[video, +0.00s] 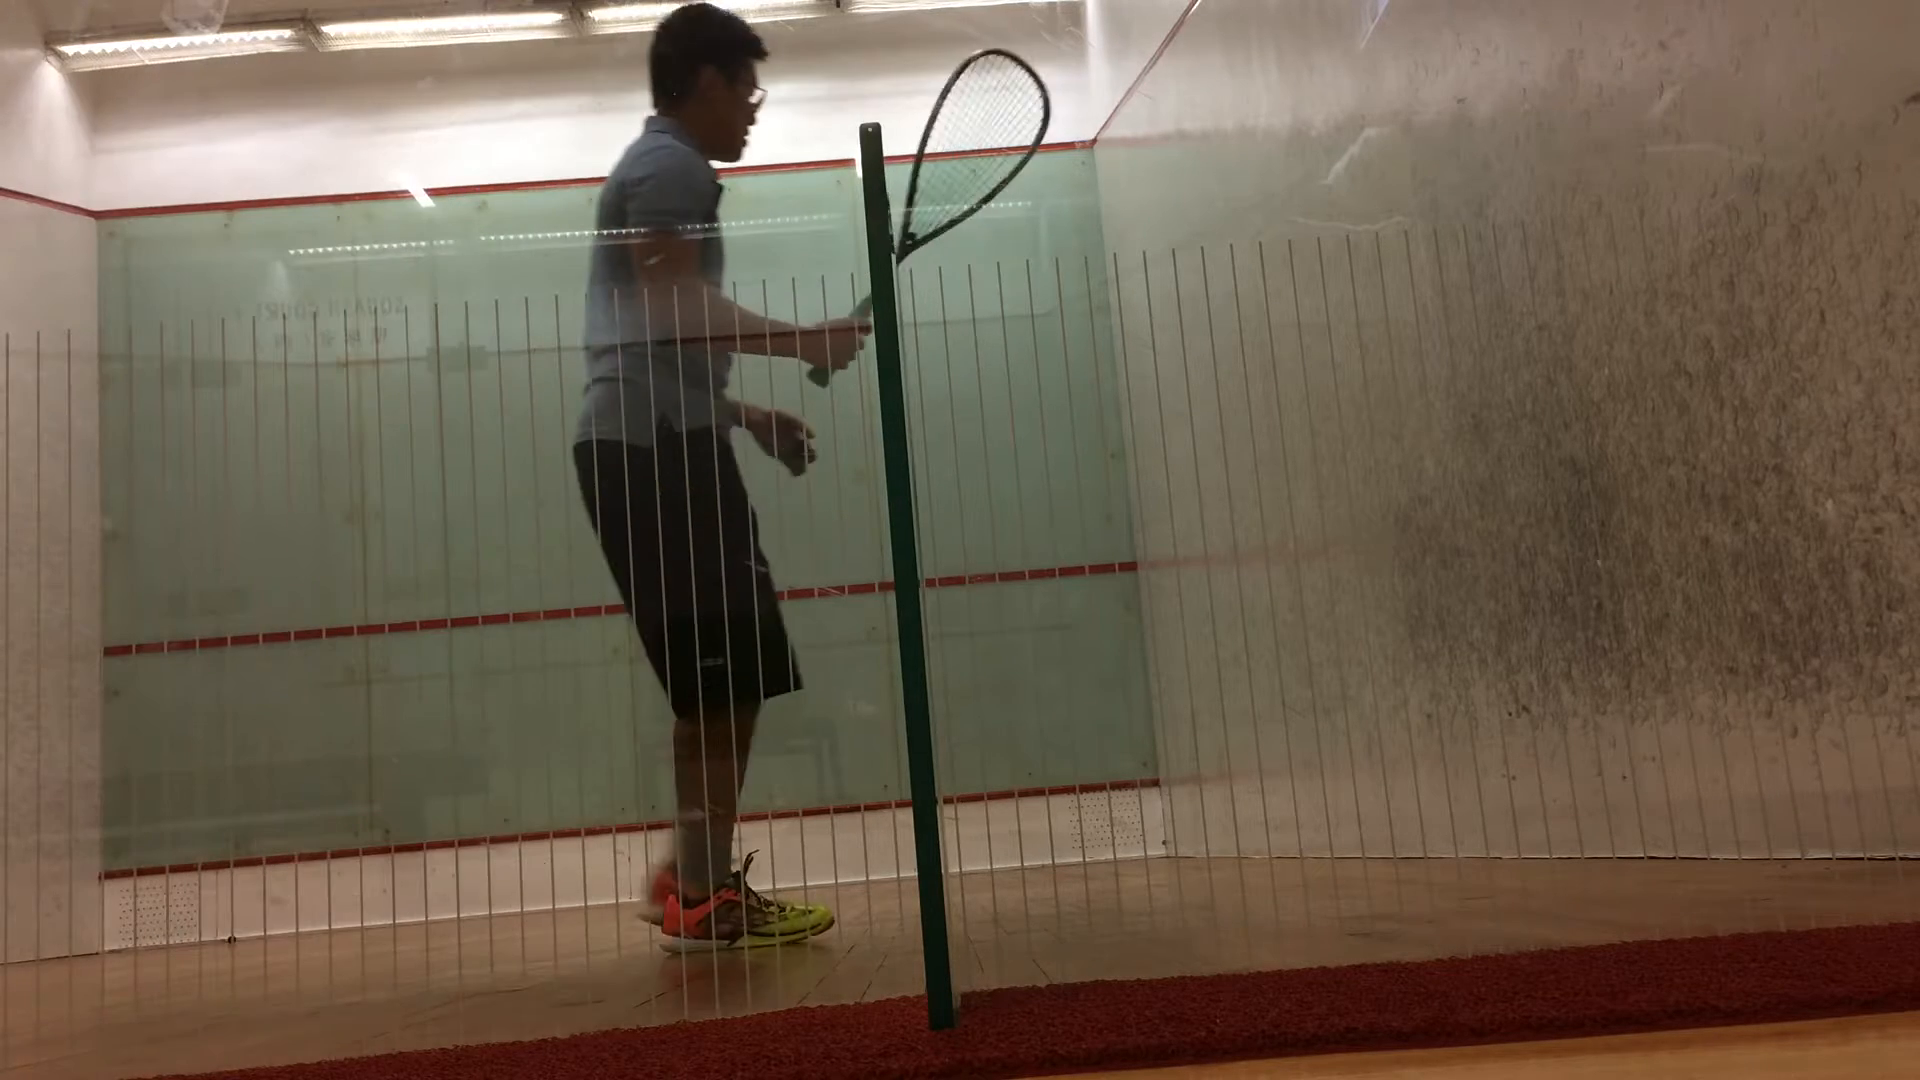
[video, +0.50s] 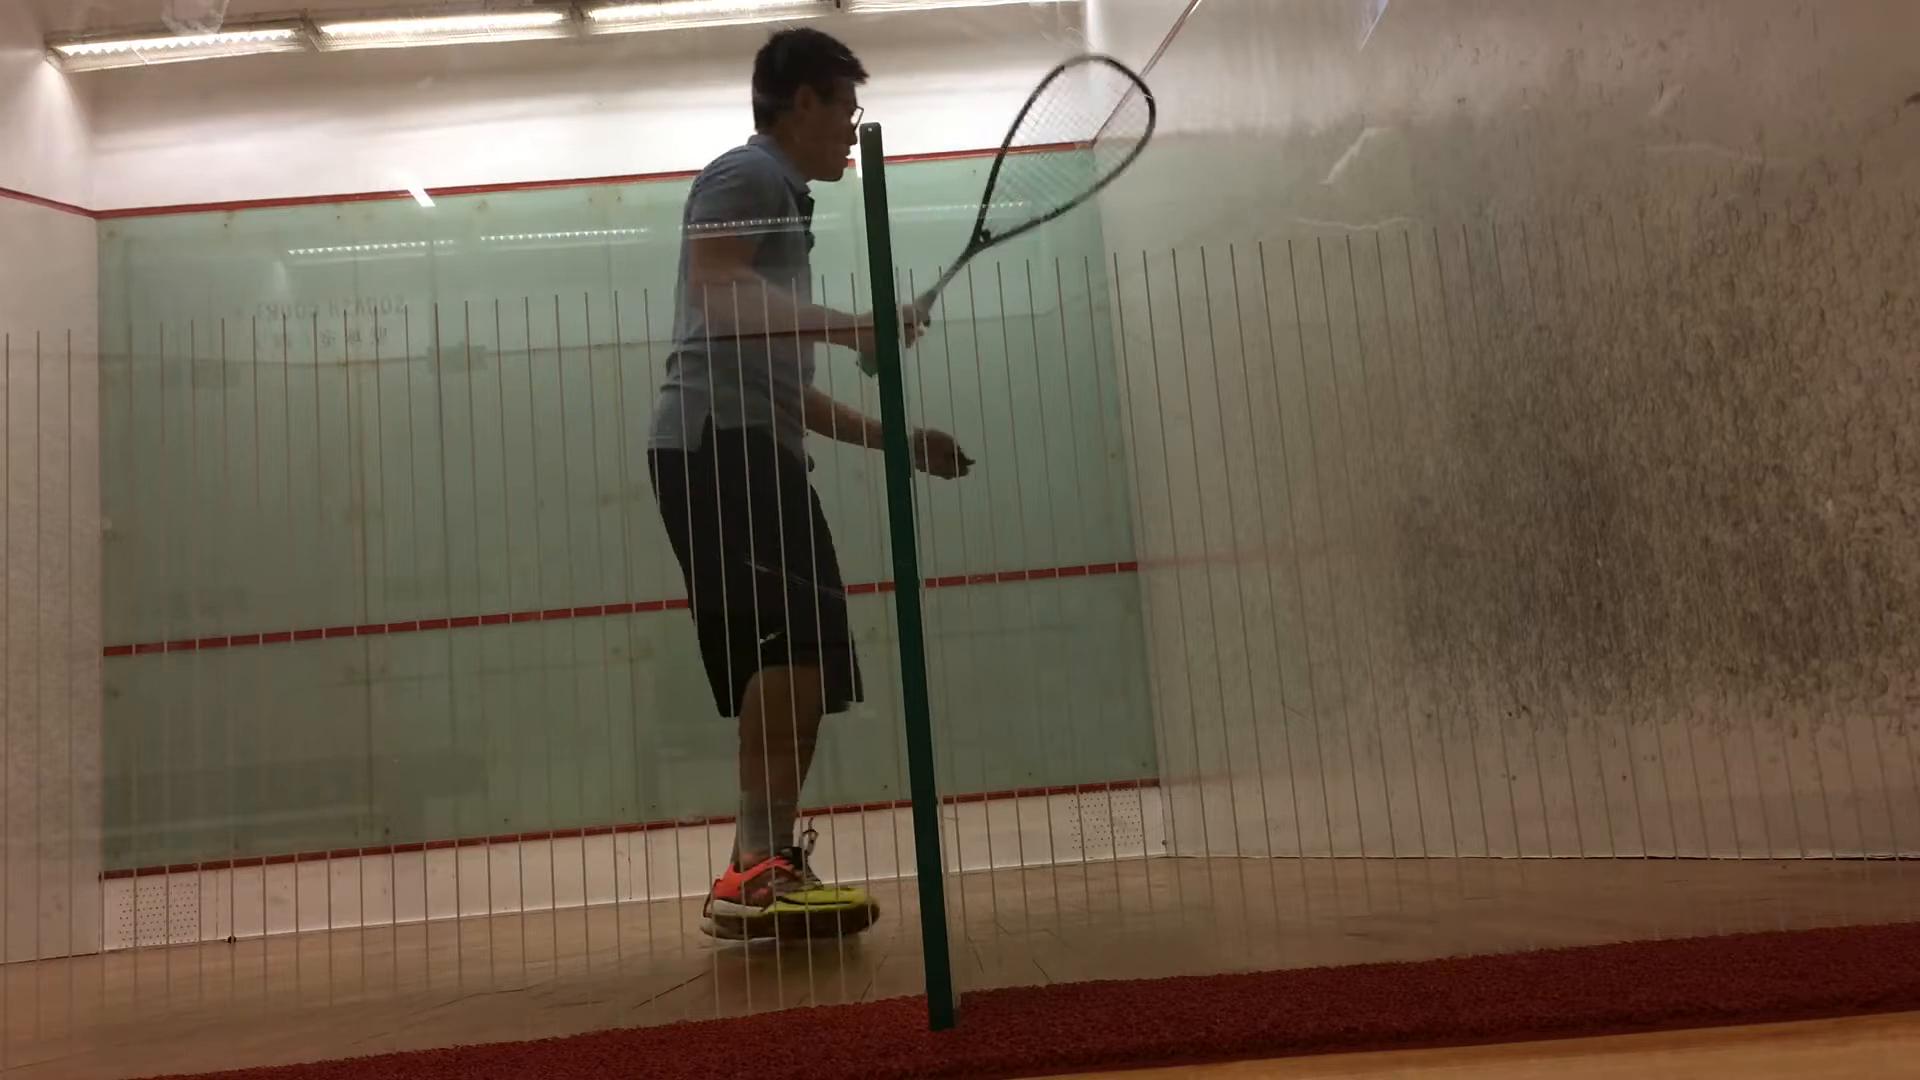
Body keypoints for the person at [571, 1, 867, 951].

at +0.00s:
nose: (757, 105)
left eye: (756, 86)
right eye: (745, 85)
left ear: (692, 87)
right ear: (702, 83)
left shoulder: (655, 177)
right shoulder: (668, 171)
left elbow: (658, 352)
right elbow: (673, 306)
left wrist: (751, 416)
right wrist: (798, 337)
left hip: (670, 448)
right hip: (648, 451)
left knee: (744, 657)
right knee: (719, 662)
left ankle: (690, 869)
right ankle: (706, 889)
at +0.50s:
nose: (856, 127)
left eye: (855, 109)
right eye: (845, 108)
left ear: (800, 110)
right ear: (798, 105)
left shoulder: (783, 213)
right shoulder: (745, 174)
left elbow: (784, 392)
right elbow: (717, 293)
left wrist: (896, 440)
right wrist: (850, 327)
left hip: (757, 448)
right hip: (718, 443)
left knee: (806, 650)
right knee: (787, 641)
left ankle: (774, 865)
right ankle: (754, 867)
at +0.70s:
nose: (873, 115)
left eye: (876, 98)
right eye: (866, 94)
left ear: (825, 87)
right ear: (822, 83)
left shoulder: (810, 201)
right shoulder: (749, 146)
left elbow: (809, 381)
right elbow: (673, 221)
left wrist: (937, 436)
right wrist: (809, 226)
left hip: (778, 436)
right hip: (723, 428)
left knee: (829, 649)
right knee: (783, 643)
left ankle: (772, 876)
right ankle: (749, 879)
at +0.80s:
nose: (875, 119)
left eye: (881, 102)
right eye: (867, 97)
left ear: (835, 88)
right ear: (813, 77)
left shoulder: (810, 201)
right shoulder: (744, 130)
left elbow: (835, 383)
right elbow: (636, 183)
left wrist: (966, 432)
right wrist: (742, 139)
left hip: (781, 428)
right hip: (719, 419)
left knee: (839, 652)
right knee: (778, 648)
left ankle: (785, 879)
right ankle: (749, 887)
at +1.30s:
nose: (921, 158)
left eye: (923, 141)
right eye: (916, 138)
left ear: (871, 131)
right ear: (871, 128)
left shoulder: (820, 213)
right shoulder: (774, 160)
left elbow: (816, 372)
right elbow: (678, 235)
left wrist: (954, 368)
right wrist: (788, 167)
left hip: (761, 433)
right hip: (715, 428)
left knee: (855, 652)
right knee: (841, 649)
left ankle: (775, 876)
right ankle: (756, 882)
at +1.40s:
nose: (917, 159)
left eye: (921, 141)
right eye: (912, 137)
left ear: (859, 130)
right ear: (870, 127)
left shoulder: (817, 219)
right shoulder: (807, 173)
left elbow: (781, 368)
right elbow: (735, 261)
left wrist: (885, 358)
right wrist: (841, 291)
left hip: (717, 443)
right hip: (728, 435)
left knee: (807, 664)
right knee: (849, 654)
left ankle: (756, 879)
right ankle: (766, 883)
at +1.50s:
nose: (908, 163)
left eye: (914, 147)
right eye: (907, 142)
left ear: (829, 123)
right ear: (871, 127)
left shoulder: (748, 193)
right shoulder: (826, 191)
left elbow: (769, 341)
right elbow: (811, 329)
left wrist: (878, 397)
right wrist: (904, 406)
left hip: (680, 445)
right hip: (744, 441)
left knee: (764, 662)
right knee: (828, 652)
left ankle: (754, 873)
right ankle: (773, 873)